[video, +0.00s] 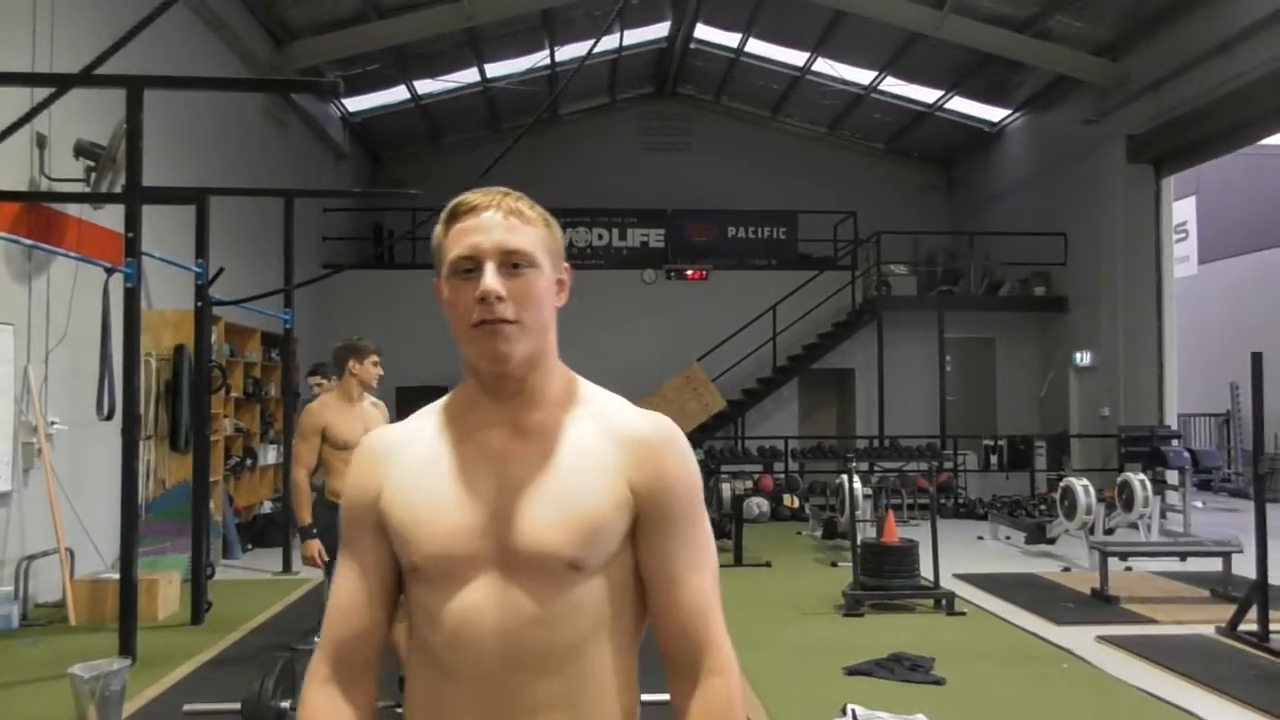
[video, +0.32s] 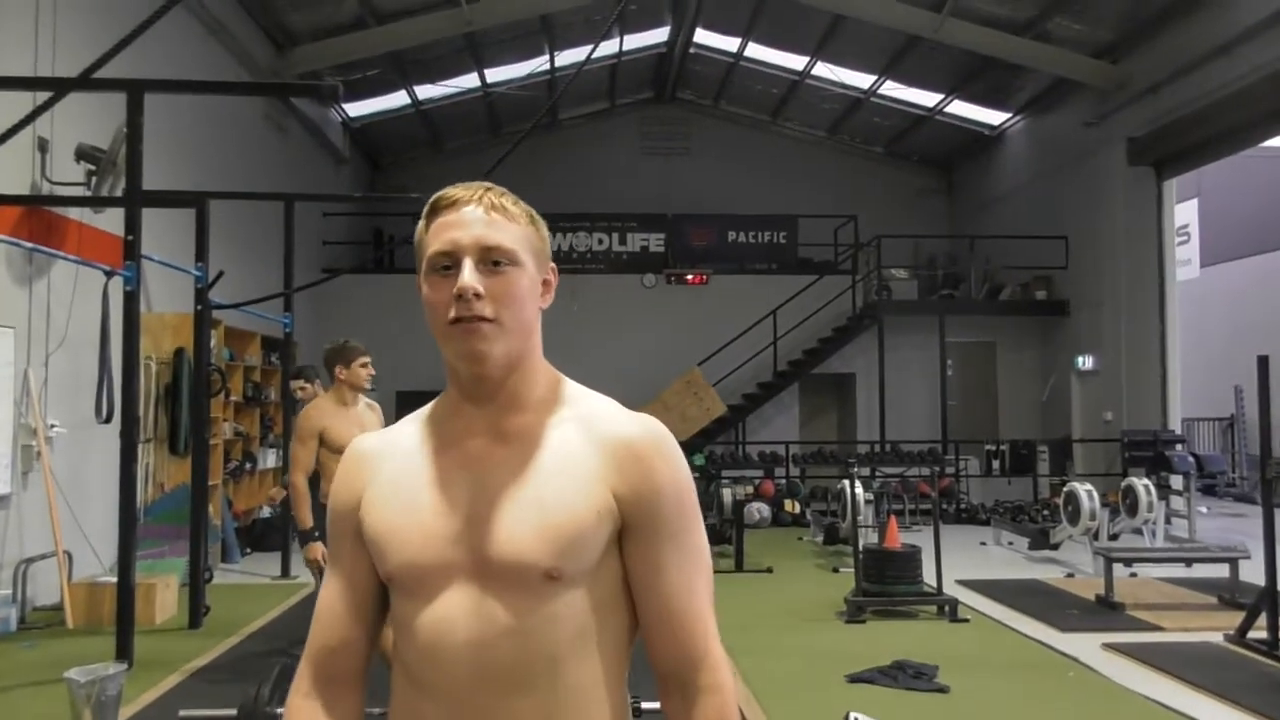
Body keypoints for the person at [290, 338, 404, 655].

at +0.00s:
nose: (380, 372)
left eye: (380, 365)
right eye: (375, 365)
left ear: (359, 368)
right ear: (353, 367)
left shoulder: (379, 409)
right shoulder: (318, 411)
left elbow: (384, 459)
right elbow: (300, 473)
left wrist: (392, 505)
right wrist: (307, 533)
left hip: (374, 508)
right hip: (336, 510)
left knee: (379, 586)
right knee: (341, 590)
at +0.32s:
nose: (372, 372)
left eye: (371, 365)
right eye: (363, 366)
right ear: (340, 372)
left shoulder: (373, 409)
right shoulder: (313, 414)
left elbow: (380, 462)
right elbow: (298, 477)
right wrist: (309, 537)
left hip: (372, 509)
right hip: (331, 513)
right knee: (333, 597)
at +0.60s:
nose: (344, 380)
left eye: (345, 373)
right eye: (334, 377)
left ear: (351, 375)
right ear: (317, 387)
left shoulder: (371, 417)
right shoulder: (305, 427)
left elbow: (381, 469)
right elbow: (289, 488)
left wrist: (388, 516)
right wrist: (303, 544)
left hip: (372, 523)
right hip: (331, 527)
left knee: (378, 608)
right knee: (334, 614)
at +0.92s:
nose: (331, 386)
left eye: (336, 380)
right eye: (323, 382)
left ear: (349, 384)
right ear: (315, 391)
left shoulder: (370, 426)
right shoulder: (302, 431)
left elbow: (390, 478)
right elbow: (284, 488)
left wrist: (407, 520)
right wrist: (283, 547)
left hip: (365, 530)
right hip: (324, 532)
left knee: (356, 625)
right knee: (334, 628)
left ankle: (344, 697)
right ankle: (335, 705)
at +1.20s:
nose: (330, 393)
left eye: (336, 387)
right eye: (323, 388)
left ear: (350, 393)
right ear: (315, 395)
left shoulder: (365, 439)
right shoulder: (294, 434)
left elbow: (375, 494)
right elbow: (272, 487)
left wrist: (380, 543)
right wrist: (266, 542)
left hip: (349, 539)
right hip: (306, 539)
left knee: (335, 630)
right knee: (320, 633)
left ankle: (324, 704)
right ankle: (324, 709)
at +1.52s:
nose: (311, 401)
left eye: (318, 396)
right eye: (305, 396)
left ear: (332, 401)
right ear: (296, 403)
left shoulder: (347, 447)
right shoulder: (275, 442)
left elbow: (357, 504)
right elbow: (252, 494)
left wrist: (363, 559)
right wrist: (243, 550)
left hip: (327, 551)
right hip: (280, 550)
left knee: (316, 640)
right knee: (275, 643)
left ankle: (314, 711)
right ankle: (269, 712)